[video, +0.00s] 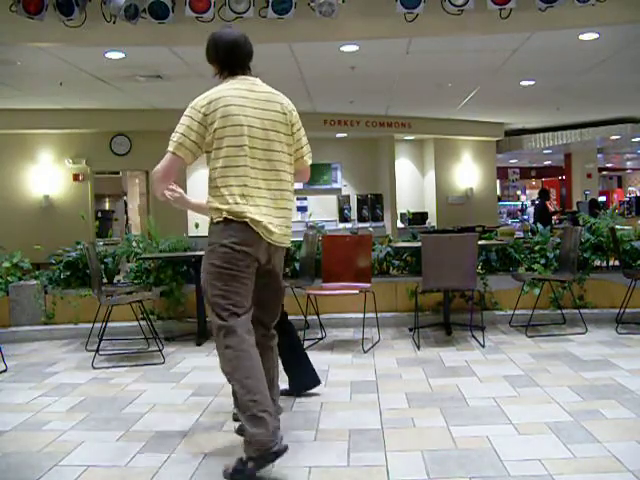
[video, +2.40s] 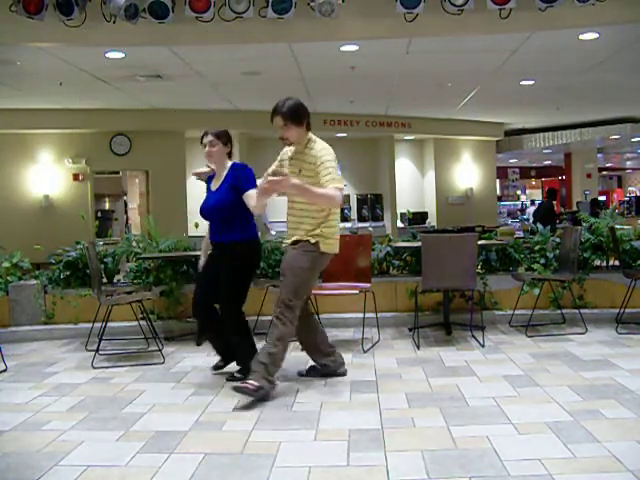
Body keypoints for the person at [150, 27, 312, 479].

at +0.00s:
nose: (210, 69)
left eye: (209, 63)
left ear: (213, 64)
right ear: (250, 60)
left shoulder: (209, 103)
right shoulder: (284, 104)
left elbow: (166, 175)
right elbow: (301, 172)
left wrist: (178, 196)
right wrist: (259, 176)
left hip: (232, 229)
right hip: (277, 233)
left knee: (231, 328)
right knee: (264, 328)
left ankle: (263, 439)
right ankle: (263, 412)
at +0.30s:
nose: (210, 87)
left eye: (209, 80)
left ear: (210, 82)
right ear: (247, 79)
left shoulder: (202, 121)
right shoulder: (277, 119)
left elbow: (164, 191)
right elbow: (299, 186)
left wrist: (182, 206)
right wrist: (262, 173)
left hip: (221, 247)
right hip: (271, 251)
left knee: (205, 327)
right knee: (254, 335)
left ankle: (214, 411)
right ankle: (264, 423)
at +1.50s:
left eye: (170, 123)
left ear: (173, 122)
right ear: (200, 115)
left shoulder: (166, 152)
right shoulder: (228, 143)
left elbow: (144, 206)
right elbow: (261, 191)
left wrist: (158, 212)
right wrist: (273, 172)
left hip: (188, 243)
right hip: (230, 241)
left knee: (201, 314)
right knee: (253, 309)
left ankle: (200, 386)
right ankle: (289, 382)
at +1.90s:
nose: (203, 134)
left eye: (204, 128)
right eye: (201, 129)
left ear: (217, 123)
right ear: (229, 122)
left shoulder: (222, 153)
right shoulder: (260, 147)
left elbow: (204, 210)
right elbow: (279, 192)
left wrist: (168, 206)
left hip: (242, 252)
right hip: (275, 249)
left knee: (214, 311)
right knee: (274, 307)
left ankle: (204, 385)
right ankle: (321, 352)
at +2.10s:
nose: (238, 135)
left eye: (240, 129)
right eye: (236, 130)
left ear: (256, 124)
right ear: (260, 124)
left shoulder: (270, 153)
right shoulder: (282, 146)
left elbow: (258, 207)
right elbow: (264, 202)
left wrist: (212, 203)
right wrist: (219, 205)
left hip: (276, 248)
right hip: (296, 245)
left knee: (240, 308)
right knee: (288, 310)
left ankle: (215, 382)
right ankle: (329, 363)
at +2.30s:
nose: (269, 136)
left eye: (271, 130)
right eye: (267, 130)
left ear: (288, 126)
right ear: (285, 128)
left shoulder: (308, 155)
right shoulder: (290, 153)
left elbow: (311, 203)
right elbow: (278, 187)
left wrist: (267, 194)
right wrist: (257, 190)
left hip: (307, 242)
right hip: (295, 240)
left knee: (273, 305)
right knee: (292, 308)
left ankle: (241, 377)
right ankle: (328, 362)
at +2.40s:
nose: (208, 150)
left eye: (213, 145)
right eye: (205, 146)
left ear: (227, 148)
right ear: (204, 151)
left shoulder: (240, 172)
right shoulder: (212, 180)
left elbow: (257, 210)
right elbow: (214, 224)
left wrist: (263, 192)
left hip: (242, 247)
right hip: (219, 249)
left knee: (230, 306)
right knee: (201, 303)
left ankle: (248, 363)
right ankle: (227, 351)